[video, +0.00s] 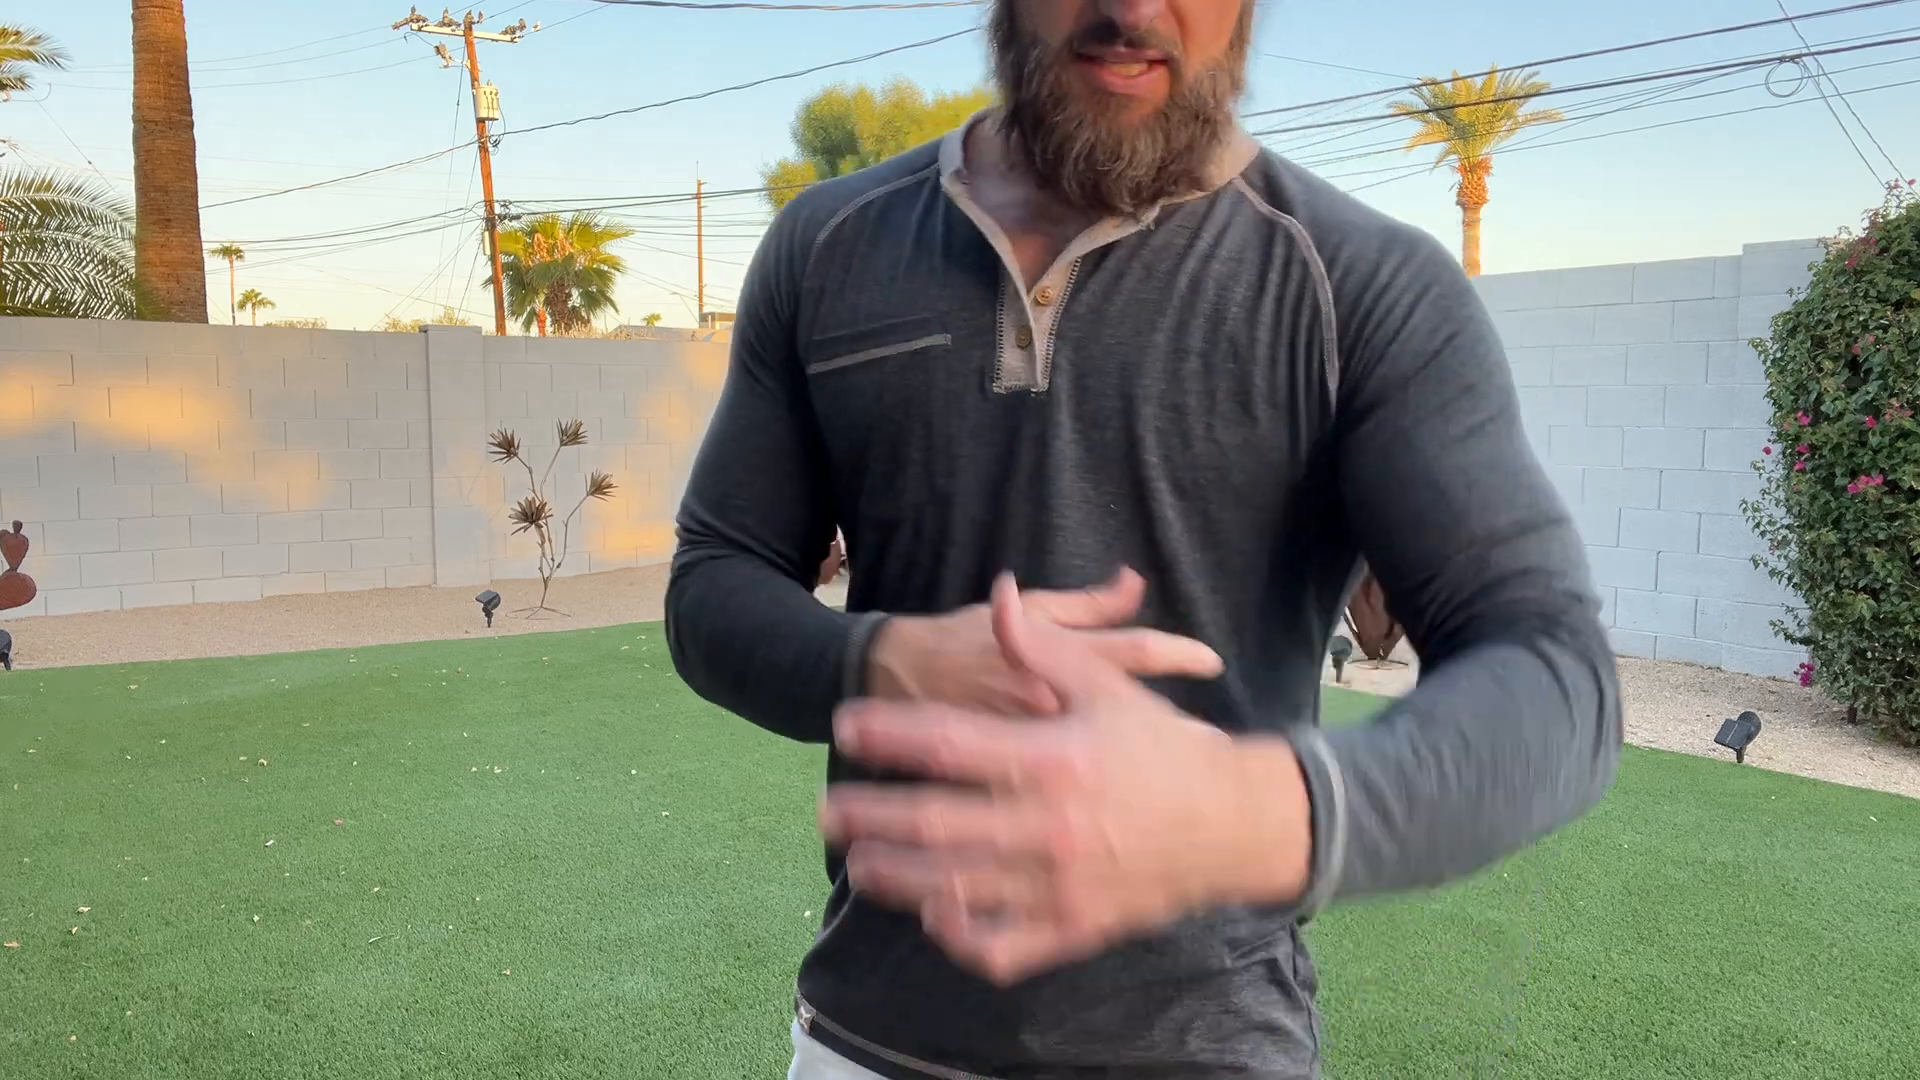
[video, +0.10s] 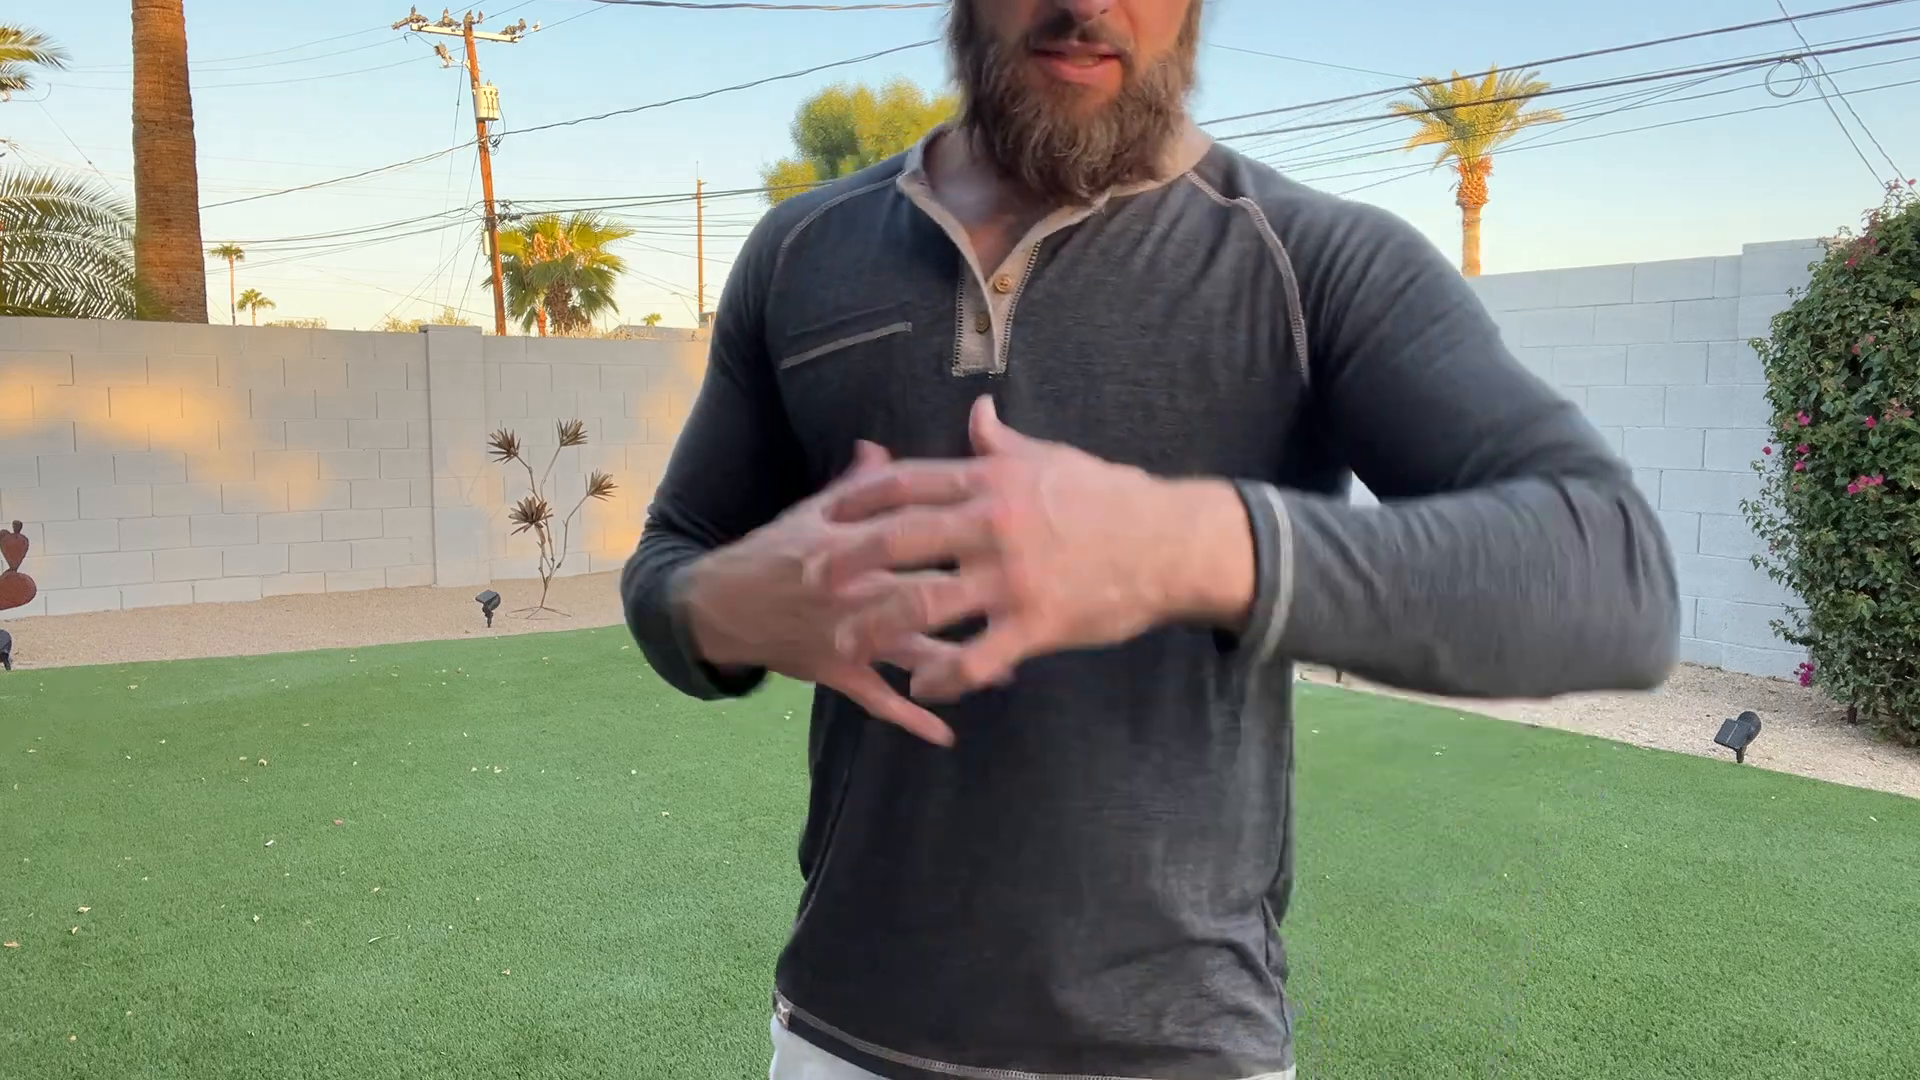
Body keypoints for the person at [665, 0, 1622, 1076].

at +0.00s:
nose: (1133, 7)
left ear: (1243, 15)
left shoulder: (1365, 284)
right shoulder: (827, 253)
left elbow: (1553, 681)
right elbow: (714, 589)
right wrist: (889, 666)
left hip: (1204, 1026)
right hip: (879, 1020)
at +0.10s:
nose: (1076, 1)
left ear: (1195, 5)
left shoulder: (1317, 263)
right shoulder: (802, 260)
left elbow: (1617, 582)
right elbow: (666, 583)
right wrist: (720, 609)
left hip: (1177, 1025)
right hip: (858, 1021)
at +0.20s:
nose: (1041, 17)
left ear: (1151, 7)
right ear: (918, 6)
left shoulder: (1270, 252)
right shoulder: (786, 271)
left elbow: (1577, 490)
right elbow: (692, 583)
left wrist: (1170, 523)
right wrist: (575, 614)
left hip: (1158, 1027)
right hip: (836, 1020)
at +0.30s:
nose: (1002, 38)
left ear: (1108, 23)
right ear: (886, 17)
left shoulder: (1230, 263)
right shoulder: (766, 286)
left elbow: (1499, 483)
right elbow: (688, 586)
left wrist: (1088, 550)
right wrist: (553, 619)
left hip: (1140, 1031)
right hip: (828, 1021)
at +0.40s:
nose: (963, 47)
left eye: (1013, 7)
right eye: (915, 4)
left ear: (1068, 28)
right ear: (853, 24)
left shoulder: (1191, 267)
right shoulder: (739, 294)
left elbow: (1426, 528)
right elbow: (681, 610)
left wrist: (1028, 562)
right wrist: (575, 615)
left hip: (1108, 1008)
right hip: (813, 1007)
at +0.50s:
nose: (933, 50)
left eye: (984, 10)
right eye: (884, 7)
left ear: (1039, 28)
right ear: (824, 22)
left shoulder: (1171, 269)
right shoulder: (717, 302)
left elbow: (1399, 581)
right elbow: (667, 634)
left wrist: (1065, 577)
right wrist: (589, 614)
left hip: (1088, 997)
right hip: (810, 998)